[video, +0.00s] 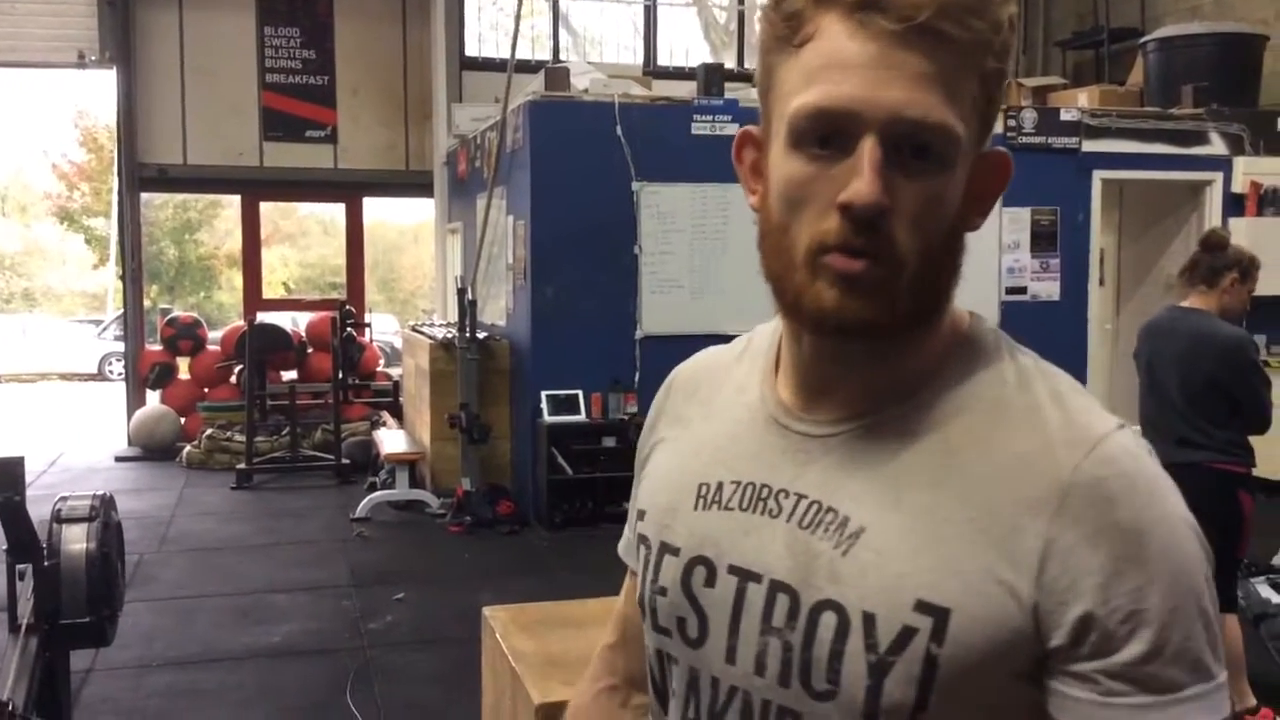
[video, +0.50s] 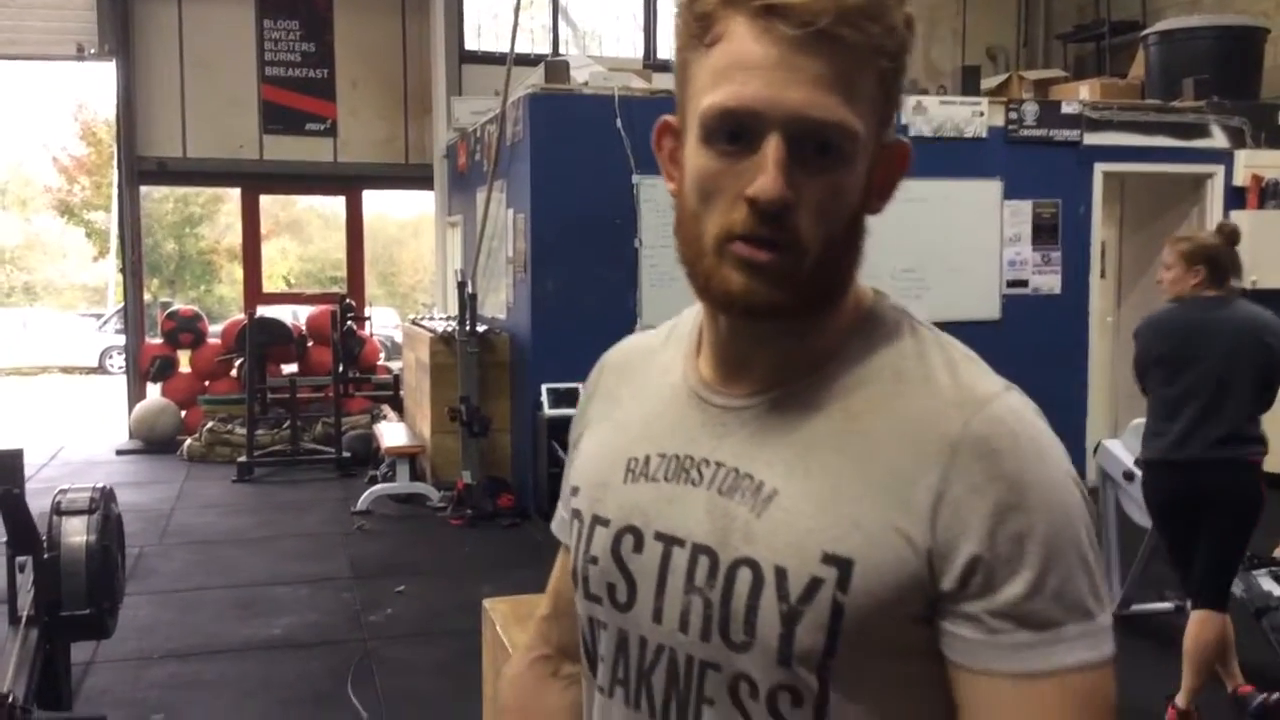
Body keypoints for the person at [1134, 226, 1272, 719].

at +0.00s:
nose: (1248, 303)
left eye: (1250, 292)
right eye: (1248, 291)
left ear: (1197, 277)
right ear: (1228, 283)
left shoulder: (1152, 330)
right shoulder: (1232, 341)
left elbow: (1155, 393)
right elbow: (1259, 417)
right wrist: (1207, 402)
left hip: (1161, 472)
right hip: (1219, 477)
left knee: (1170, 587)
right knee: (1223, 595)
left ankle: (1171, 697)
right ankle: (1240, 701)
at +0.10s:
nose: (1242, 289)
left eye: (1243, 281)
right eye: (1241, 281)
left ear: (1186, 275)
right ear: (1232, 281)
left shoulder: (1151, 330)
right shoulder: (1232, 339)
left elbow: (1154, 394)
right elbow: (1258, 418)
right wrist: (1208, 398)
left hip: (1160, 472)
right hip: (1218, 476)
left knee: (1169, 588)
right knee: (1218, 597)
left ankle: (1169, 698)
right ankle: (1240, 703)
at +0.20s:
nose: (1230, 285)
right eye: (1229, 278)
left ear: (1182, 278)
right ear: (1228, 282)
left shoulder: (1149, 331)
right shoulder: (1239, 339)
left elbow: (1154, 393)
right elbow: (1260, 417)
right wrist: (1210, 398)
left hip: (1157, 474)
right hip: (1217, 478)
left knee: (1211, 594)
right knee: (1196, 602)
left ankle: (1235, 701)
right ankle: (1170, 705)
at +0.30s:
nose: (1170, 279)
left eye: (1173, 272)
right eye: (1172, 272)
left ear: (1182, 277)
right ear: (1227, 280)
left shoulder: (1150, 330)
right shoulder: (1251, 333)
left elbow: (1150, 393)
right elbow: (1266, 412)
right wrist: (1217, 408)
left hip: (1157, 476)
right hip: (1223, 478)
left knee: (1209, 589)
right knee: (1199, 601)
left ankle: (1236, 696)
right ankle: (1179, 710)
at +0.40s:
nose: (1159, 281)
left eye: (1165, 273)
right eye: (1161, 272)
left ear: (1188, 277)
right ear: (1217, 278)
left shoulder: (1149, 330)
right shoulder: (1259, 330)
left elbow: (1152, 388)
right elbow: (1265, 406)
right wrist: (1215, 399)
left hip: (1159, 477)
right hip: (1229, 479)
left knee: (1207, 590)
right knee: (1202, 598)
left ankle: (1236, 693)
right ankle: (1180, 706)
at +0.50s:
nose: (1158, 277)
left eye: (1167, 268)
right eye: (1160, 267)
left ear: (1198, 275)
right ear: (1211, 275)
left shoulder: (1154, 327)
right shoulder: (1263, 325)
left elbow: (1146, 384)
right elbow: (1264, 399)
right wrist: (1218, 397)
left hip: (1166, 474)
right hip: (1236, 475)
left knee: (1205, 590)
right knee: (1208, 594)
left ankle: (1238, 687)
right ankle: (1183, 702)